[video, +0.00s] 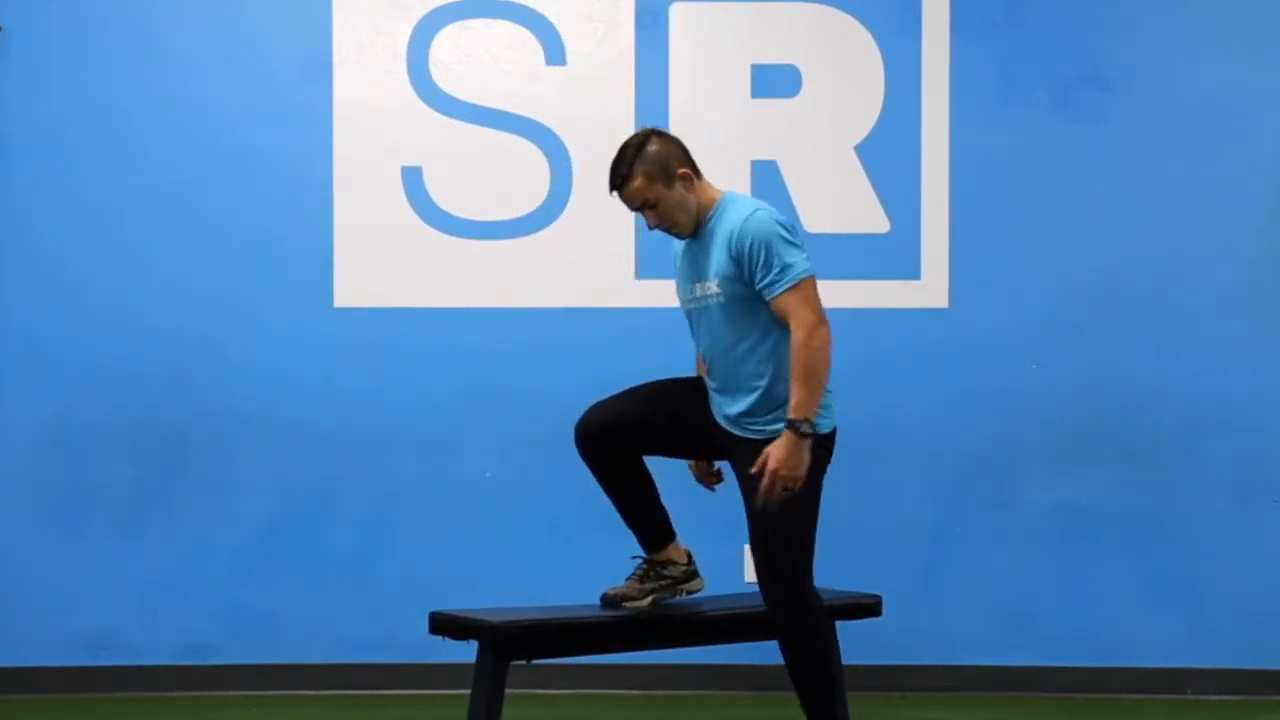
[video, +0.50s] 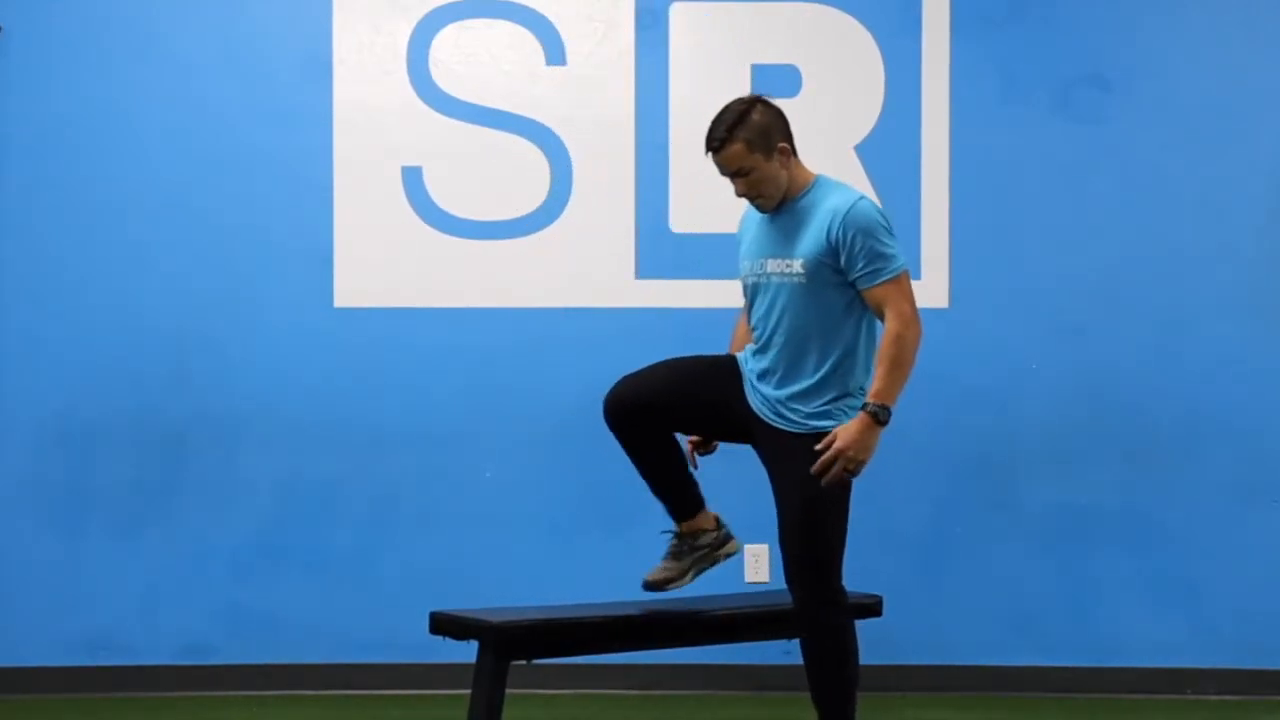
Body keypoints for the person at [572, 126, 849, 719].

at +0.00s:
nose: (649, 222)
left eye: (650, 206)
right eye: (641, 212)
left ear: (685, 179)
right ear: (675, 184)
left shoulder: (753, 228)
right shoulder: (694, 245)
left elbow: (811, 324)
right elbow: (711, 349)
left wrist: (798, 433)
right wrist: (701, 438)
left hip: (779, 430)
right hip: (719, 411)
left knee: (788, 595)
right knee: (601, 431)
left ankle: (829, 713)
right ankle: (667, 561)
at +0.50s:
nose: (737, 188)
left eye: (742, 173)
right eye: (729, 176)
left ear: (784, 154)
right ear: (728, 167)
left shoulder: (850, 215)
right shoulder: (756, 220)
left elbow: (903, 320)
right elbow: (752, 320)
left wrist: (872, 418)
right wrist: (714, 414)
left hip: (814, 427)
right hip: (751, 390)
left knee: (815, 591)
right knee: (630, 404)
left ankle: (836, 715)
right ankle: (697, 529)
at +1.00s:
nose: (750, 188)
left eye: (758, 173)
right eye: (742, 175)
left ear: (797, 154)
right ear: (737, 164)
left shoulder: (862, 218)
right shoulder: (760, 221)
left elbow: (911, 325)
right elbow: (761, 326)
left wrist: (894, 425)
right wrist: (727, 417)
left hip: (830, 439)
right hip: (759, 442)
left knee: (827, 597)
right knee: (760, 593)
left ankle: (839, 714)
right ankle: (800, 713)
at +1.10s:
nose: (748, 190)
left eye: (755, 175)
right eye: (740, 178)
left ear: (795, 157)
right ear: (735, 166)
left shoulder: (860, 220)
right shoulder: (757, 224)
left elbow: (912, 327)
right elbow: (759, 326)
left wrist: (901, 427)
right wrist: (724, 417)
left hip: (834, 441)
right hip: (763, 445)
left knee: (827, 601)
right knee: (771, 600)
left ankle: (840, 715)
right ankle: (802, 714)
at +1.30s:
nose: (751, 191)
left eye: (758, 177)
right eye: (743, 179)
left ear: (798, 157)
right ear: (739, 167)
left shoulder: (864, 221)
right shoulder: (761, 220)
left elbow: (918, 325)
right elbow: (766, 322)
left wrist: (909, 427)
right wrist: (728, 410)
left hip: (840, 437)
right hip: (764, 438)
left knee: (832, 598)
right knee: (751, 590)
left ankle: (841, 716)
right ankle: (795, 716)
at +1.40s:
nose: (755, 190)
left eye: (762, 176)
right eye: (747, 178)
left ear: (802, 157)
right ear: (743, 165)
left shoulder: (866, 222)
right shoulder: (766, 213)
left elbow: (920, 329)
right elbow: (776, 323)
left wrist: (909, 427)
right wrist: (737, 405)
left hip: (841, 432)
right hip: (765, 428)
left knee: (830, 590)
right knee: (721, 560)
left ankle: (842, 714)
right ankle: (784, 708)